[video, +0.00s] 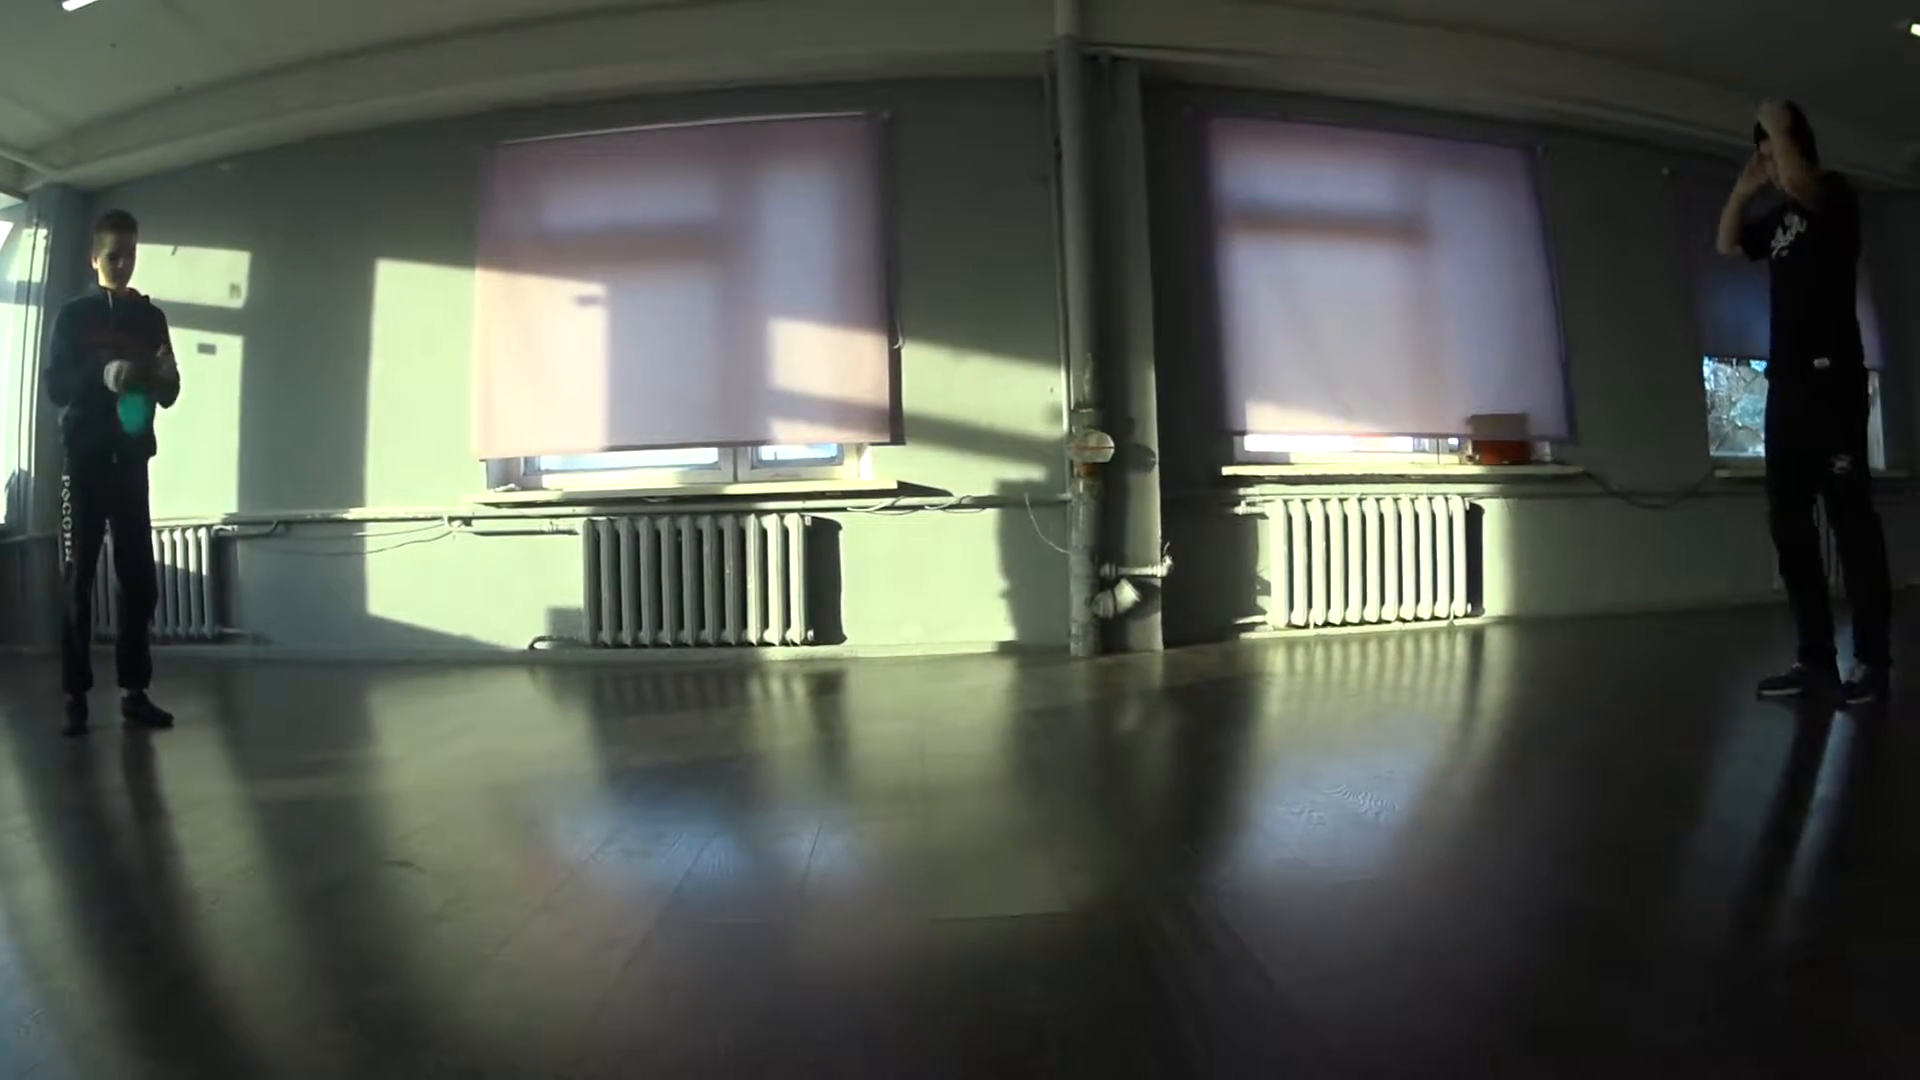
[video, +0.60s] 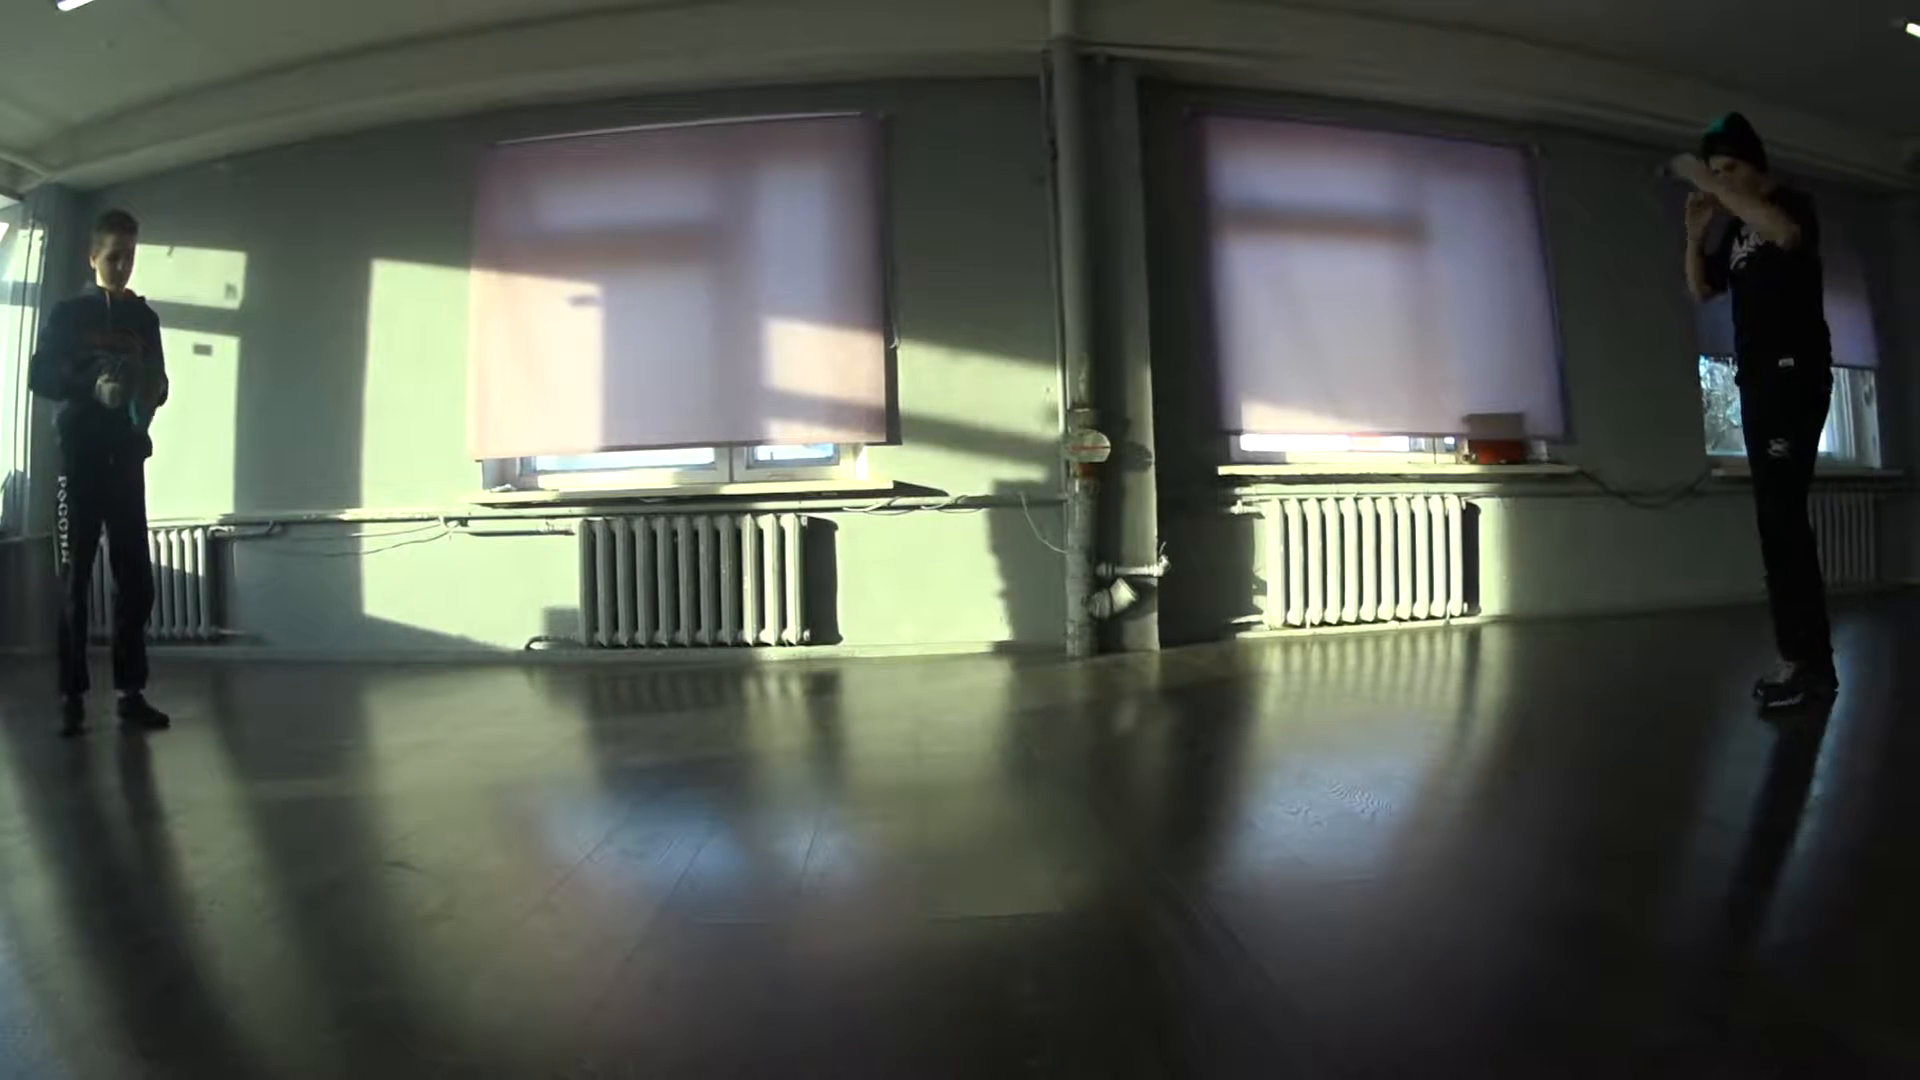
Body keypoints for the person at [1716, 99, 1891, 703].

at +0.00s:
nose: (1772, 160)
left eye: (1780, 149)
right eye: (1766, 150)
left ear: (1803, 151)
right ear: (1764, 159)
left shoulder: (1836, 200)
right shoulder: (1777, 218)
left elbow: (1799, 185)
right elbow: (1729, 244)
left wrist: (1778, 127)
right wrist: (1743, 187)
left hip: (1837, 381)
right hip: (1789, 383)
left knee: (1853, 521)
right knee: (1790, 525)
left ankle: (1873, 663)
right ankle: (1815, 664)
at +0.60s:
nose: (1724, 179)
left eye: (1732, 168)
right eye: (1716, 172)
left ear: (1756, 164)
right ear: (1711, 176)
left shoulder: (1792, 204)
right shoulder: (1733, 227)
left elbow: (1784, 234)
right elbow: (1702, 290)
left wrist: (1716, 187)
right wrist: (1694, 237)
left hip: (1798, 378)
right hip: (1757, 381)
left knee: (1783, 518)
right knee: (1777, 519)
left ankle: (1811, 665)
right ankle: (1799, 661)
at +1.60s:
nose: (1651, 160)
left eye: (1657, 146)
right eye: (1646, 151)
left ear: (1685, 140)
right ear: (1655, 153)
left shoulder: (1717, 193)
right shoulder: (1692, 204)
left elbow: (1694, 259)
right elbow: (1694, 305)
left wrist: (1623, 303)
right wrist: (1646, 361)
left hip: (1720, 379)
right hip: (1689, 381)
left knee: (1711, 517)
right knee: (1666, 519)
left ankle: (1719, 667)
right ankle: (1752, 622)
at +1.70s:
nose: (1651, 158)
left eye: (1656, 145)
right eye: (1646, 149)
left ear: (1686, 139)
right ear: (1659, 149)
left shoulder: (1714, 192)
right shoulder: (1696, 200)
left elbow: (1689, 259)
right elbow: (1695, 296)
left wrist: (1618, 301)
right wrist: (1649, 355)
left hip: (1719, 377)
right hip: (1693, 377)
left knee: (1708, 516)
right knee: (1668, 517)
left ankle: (1721, 667)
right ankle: (1750, 623)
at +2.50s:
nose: (1681, 160)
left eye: (1683, 149)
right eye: (1682, 149)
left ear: (1698, 150)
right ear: (1730, 147)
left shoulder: (1728, 204)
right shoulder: (1760, 205)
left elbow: (1721, 294)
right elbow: (1764, 312)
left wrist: (1688, 386)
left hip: (1743, 390)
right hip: (1771, 387)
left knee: (1728, 528)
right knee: (1775, 524)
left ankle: (1716, 669)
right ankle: (1804, 664)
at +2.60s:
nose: (1687, 161)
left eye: (1689, 149)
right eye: (1687, 150)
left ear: (1705, 150)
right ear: (1738, 147)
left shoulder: (1734, 205)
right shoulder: (1768, 206)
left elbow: (1721, 295)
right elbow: (1765, 307)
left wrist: (1678, 378)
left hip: (1747, 390)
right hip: (1777, 388)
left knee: (1723, 527)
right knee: (1784, 528)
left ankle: (1715, 665)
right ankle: (1804, 664)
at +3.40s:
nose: (1693, 186)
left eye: (1692, 174)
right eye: (1690, 176)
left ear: (1703, 168)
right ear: (1734, 160)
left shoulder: (1740, 211)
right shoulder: (1767, 210)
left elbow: (1747, 296)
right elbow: (1770, 305)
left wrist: (1740, 380)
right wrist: (1754, 381)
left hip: (1751, 392)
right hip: (1779, 393)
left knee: (1711, 525)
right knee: (1785, 530)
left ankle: (1703, 663)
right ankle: (1800, 665)